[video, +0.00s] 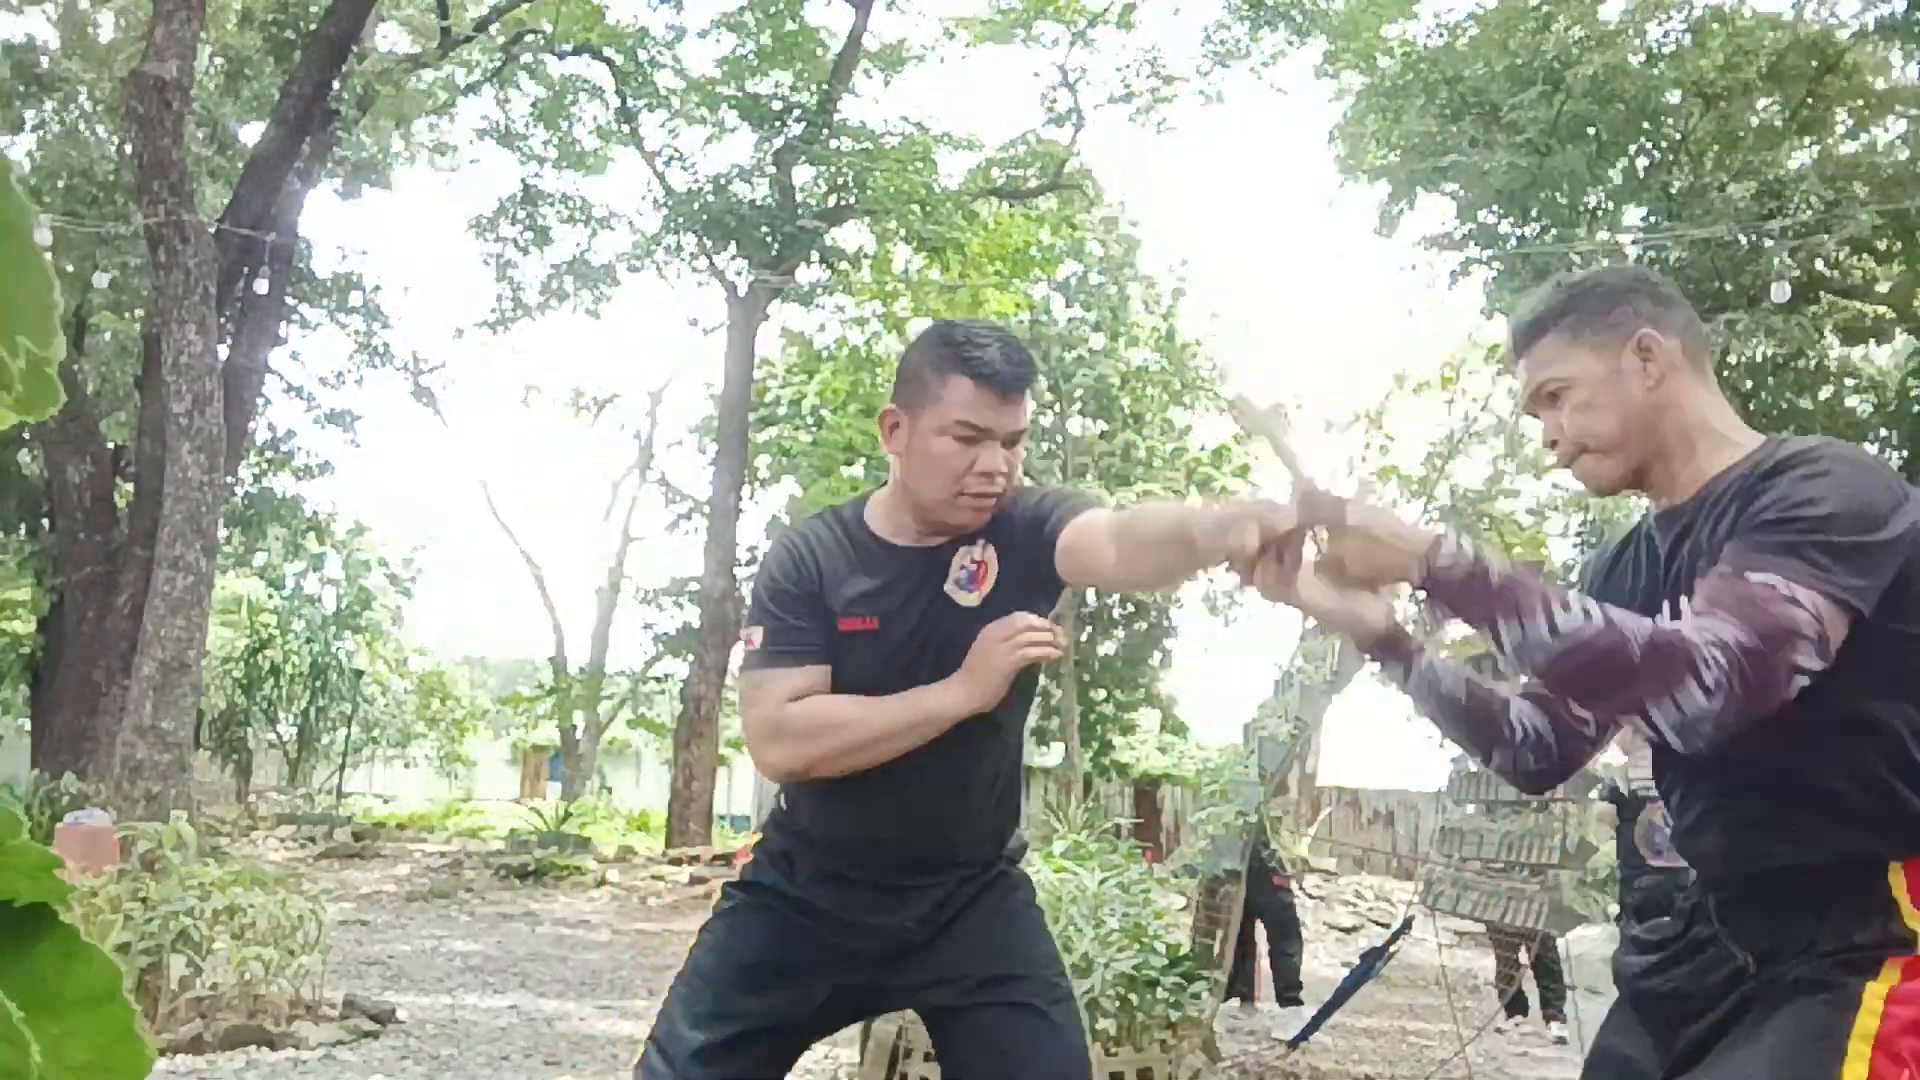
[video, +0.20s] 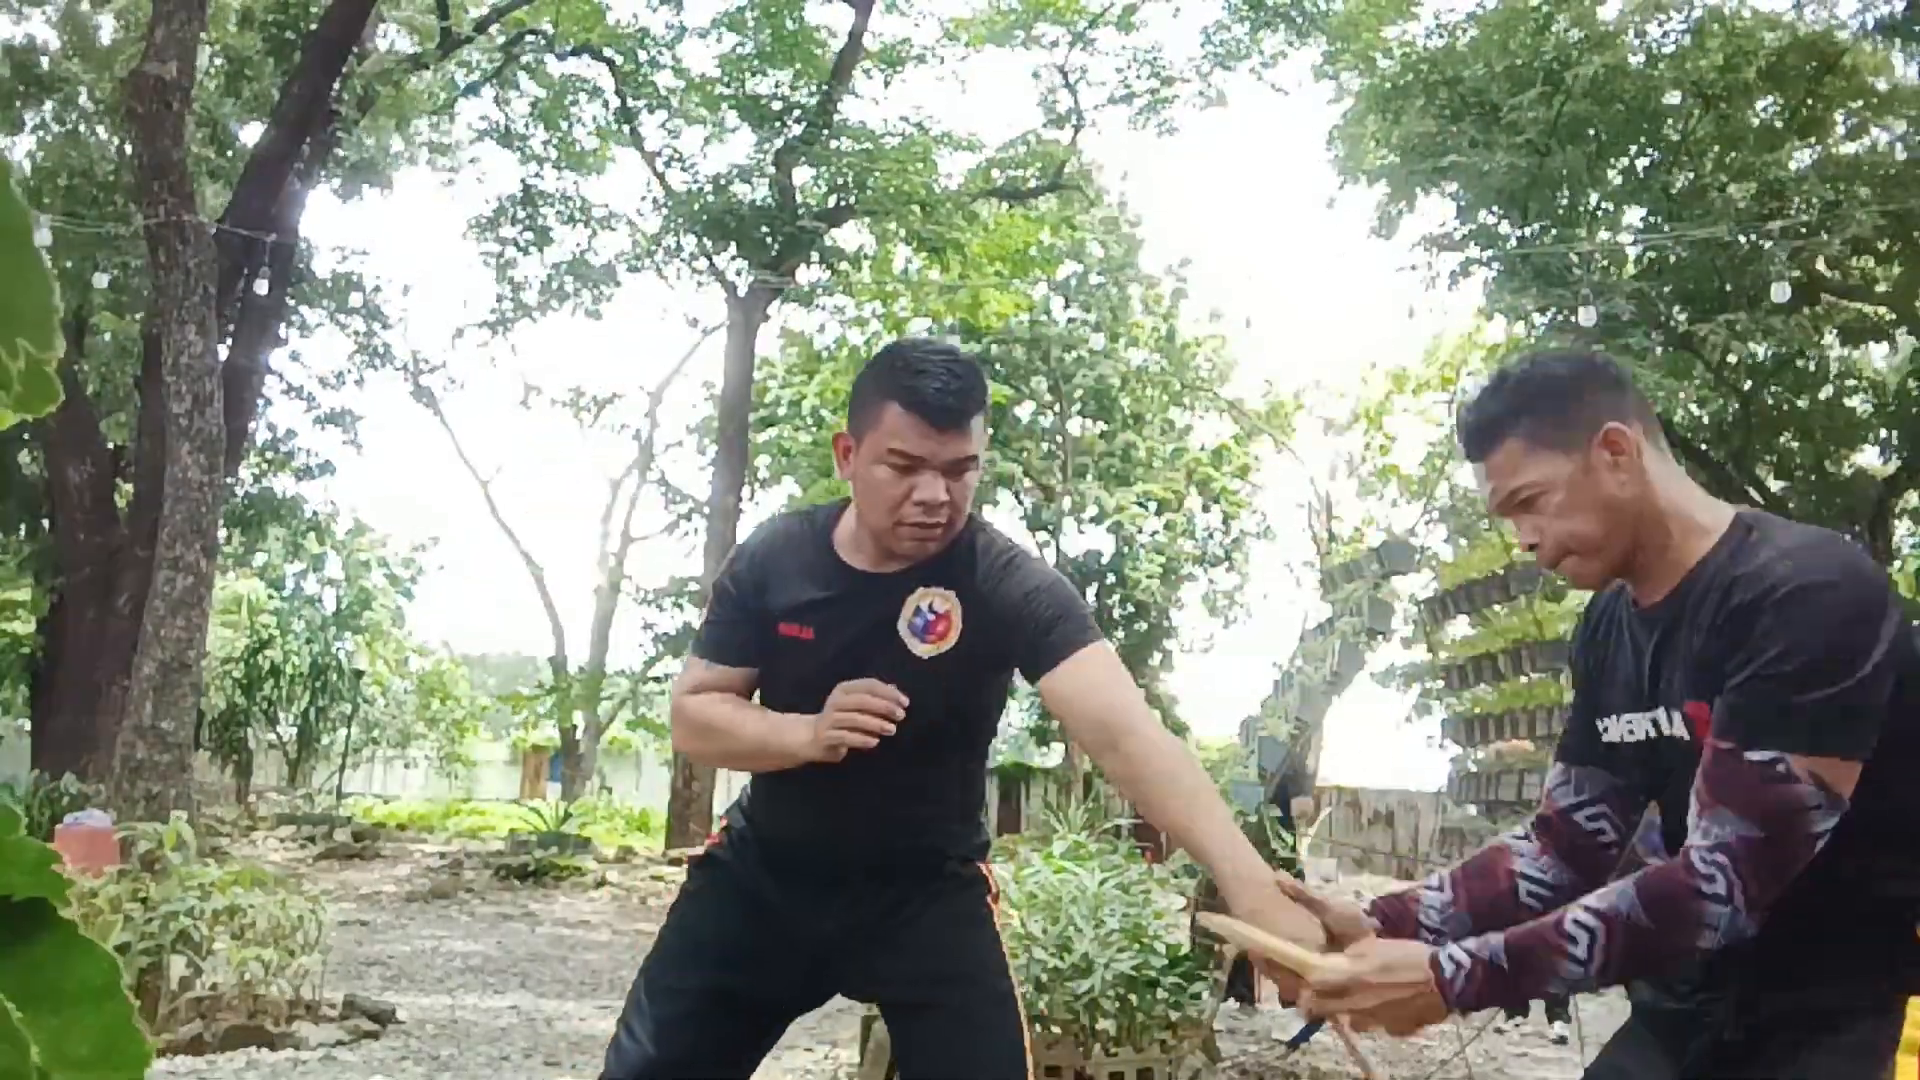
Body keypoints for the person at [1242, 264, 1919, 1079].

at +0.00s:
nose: (1547, 437)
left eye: (1555, 398)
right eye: (1537, 416)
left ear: (1648, 355)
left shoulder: (1832, 488)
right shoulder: (1629, 567)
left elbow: (1701, 685)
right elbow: (1536, 748)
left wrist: (1432, 560)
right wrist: (1383, 638)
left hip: (1854, 974)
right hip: (1690, 974)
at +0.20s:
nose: (1525, 544)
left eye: (1531, 503)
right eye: (1508, 518)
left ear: (1618, 453)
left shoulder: (1818, 593)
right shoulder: (1616, 629)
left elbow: (1725, 889)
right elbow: (1573, 849)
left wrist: (1458, 981)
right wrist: (1377, 926)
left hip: (1828, 1028)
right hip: (1678, 1019)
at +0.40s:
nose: (1453, 609)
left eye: (1449, 577)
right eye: (1438, 587)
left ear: (1517, 528)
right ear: (1519, 530)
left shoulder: (1654, 661)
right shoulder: (1604, 638)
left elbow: (1639, 935)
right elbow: (1500, 771)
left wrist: (1451, 970)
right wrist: (1326, 815)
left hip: (1820, 1003)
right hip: (1714, 984)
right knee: (1587, 1070)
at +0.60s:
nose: (1417, 608)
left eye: (1405, 580)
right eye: (1402, 586)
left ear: (1445, 546)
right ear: (1525, 518)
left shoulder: (1458, 691)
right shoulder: (1694, 594)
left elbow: (1423, 873)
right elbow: (1574, 685)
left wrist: (1313, 809)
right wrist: (1405, 727)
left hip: (1610, 1004)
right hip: (1785, 992)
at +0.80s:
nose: (1405, 590)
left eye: (1400, 562)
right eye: (1398, 566)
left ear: (1435, 545)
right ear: (1523, 531)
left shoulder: (1416, 684)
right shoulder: (1668, 622)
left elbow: (1317, 861)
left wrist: (1239, 838)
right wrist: (1350, 766)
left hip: (1561, 1019)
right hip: (1738, 1009)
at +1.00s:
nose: (1365, 598)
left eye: (1361, 564)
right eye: (1357, 569)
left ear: (1409, 541)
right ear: (1484, 536)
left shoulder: (1395, 668)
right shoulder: (1626, 609)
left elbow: (1268, 791)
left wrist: (1185, 815)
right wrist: (1376, 739)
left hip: (1580, 990)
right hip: (1730, 974)